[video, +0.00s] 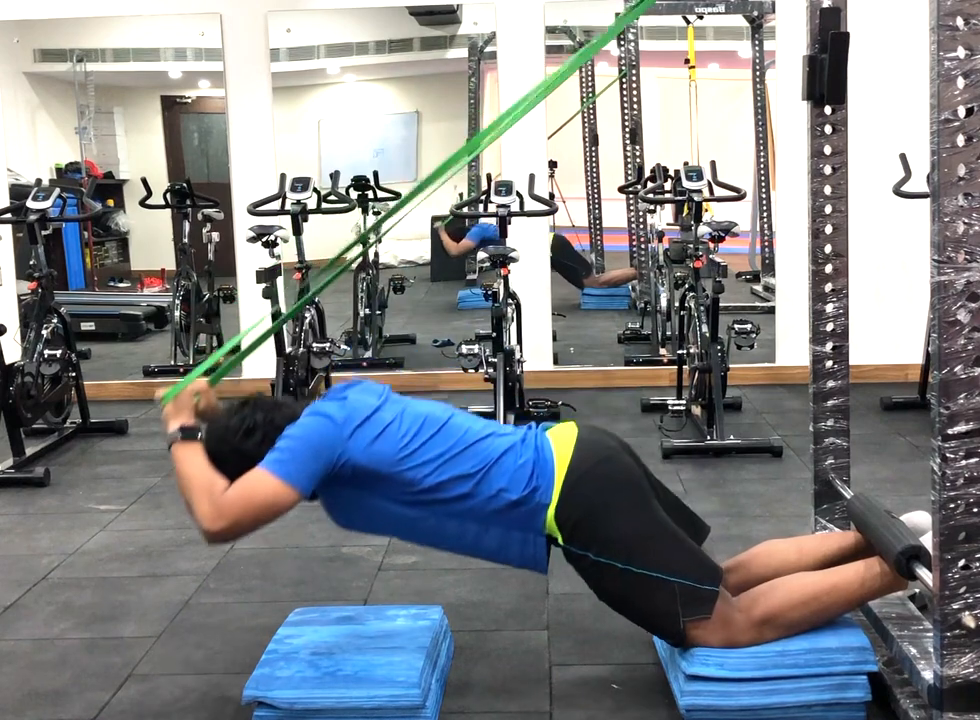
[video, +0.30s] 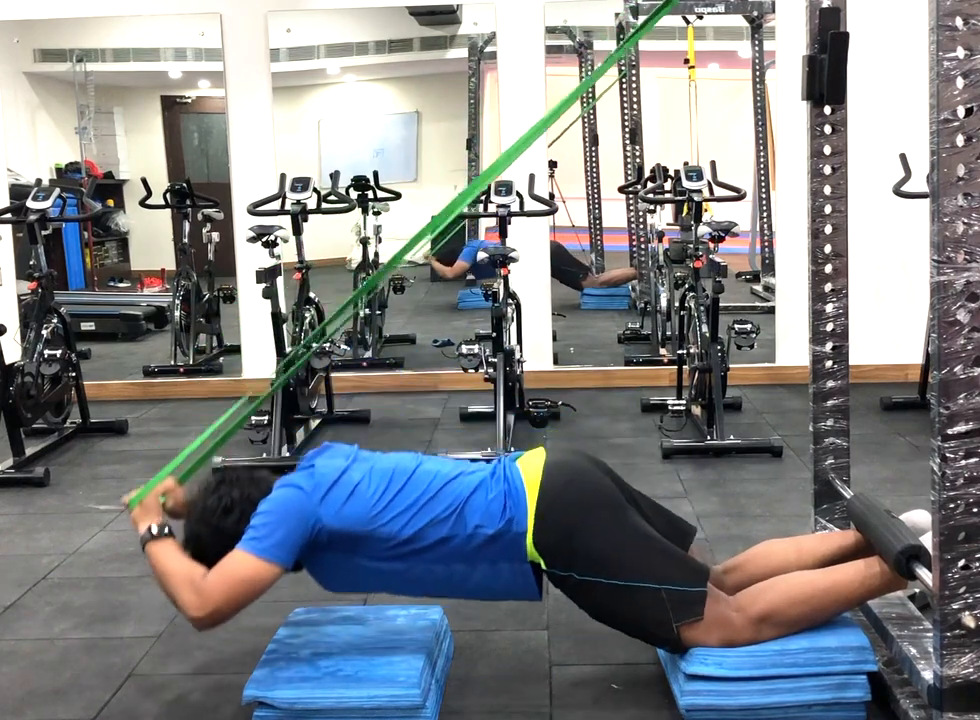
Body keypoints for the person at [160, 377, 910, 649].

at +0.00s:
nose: (244, 479)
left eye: (241, 465)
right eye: (238, 467)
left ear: (263, 441)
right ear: (273, 405)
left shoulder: (325, 428)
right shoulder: (337, 403)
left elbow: (218, 518)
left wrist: (179, 431)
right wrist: (217, 424)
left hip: (574, 496)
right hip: (578, 464)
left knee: (725, 625)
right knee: (710, 586)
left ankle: (904, 567)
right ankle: (863, 536)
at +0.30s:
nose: (237, 558)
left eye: (227, 549)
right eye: (227, 547)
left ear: (248, 523)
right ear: (257, 479)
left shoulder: (301, 498)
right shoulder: (323, 467)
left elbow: (200, 603)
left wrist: (151, 533)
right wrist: (182, 517)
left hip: (548, 519)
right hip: (554, 477)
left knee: (722, 630)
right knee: (715, 580)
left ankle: (900, 566)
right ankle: (858, 534)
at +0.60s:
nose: (230, 604)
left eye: (221, 595)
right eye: (219, 589)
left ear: (241, 573)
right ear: (239, 538)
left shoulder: (296, 540)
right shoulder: (310, 510)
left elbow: (209, 651)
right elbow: (243, 621)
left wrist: (149, 594)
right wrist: (181, 584)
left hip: (546, 533)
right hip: (547, 493)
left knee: (727, 622)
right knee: (716, 583)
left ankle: (906, 563)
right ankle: (865, 531)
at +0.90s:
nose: (227, 591)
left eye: (219, 582)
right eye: (217, 577)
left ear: (236, 564)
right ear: (238, 526)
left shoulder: (292, 534)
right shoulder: (310, 500)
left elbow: (204, 638)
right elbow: (235, 607)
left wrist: (141, 581)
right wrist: (176, 570)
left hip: (545, 529)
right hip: (550, 491)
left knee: (722, 623)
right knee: (715, 582)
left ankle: (902, 564)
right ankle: (859, 531)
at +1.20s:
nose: (241, 553)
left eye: (233, 544)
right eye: (234, 542)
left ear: (246, 517)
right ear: (256, 477)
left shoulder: (300, 488)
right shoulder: (317, 465)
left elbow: (204, 592)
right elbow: (224, 574)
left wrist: (144, 535)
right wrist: (170, 525)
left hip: (551, 513)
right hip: (561, 477)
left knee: (721, 630)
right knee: (713, 583)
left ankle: (899, 567)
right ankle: (861, 537)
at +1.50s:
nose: (260, 506)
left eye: (252, 491)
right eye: (251, 492)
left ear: (264, 460)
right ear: (275, 434)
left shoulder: (319, 444)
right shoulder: (330, 427)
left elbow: (221, 537)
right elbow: (237, 512)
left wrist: (161, 484)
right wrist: (185, 470)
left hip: (570, 491)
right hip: (573, 466)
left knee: (723, 623)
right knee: (713, 579)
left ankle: (897, 568)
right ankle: (858, 535)